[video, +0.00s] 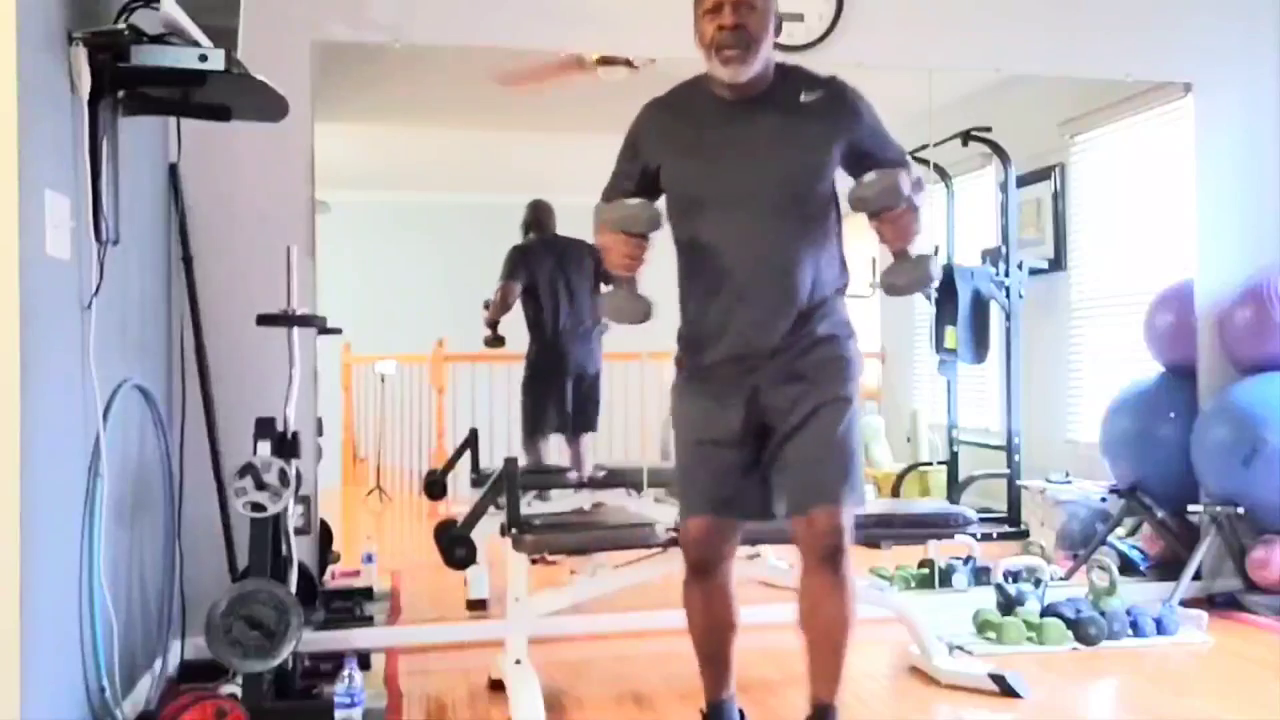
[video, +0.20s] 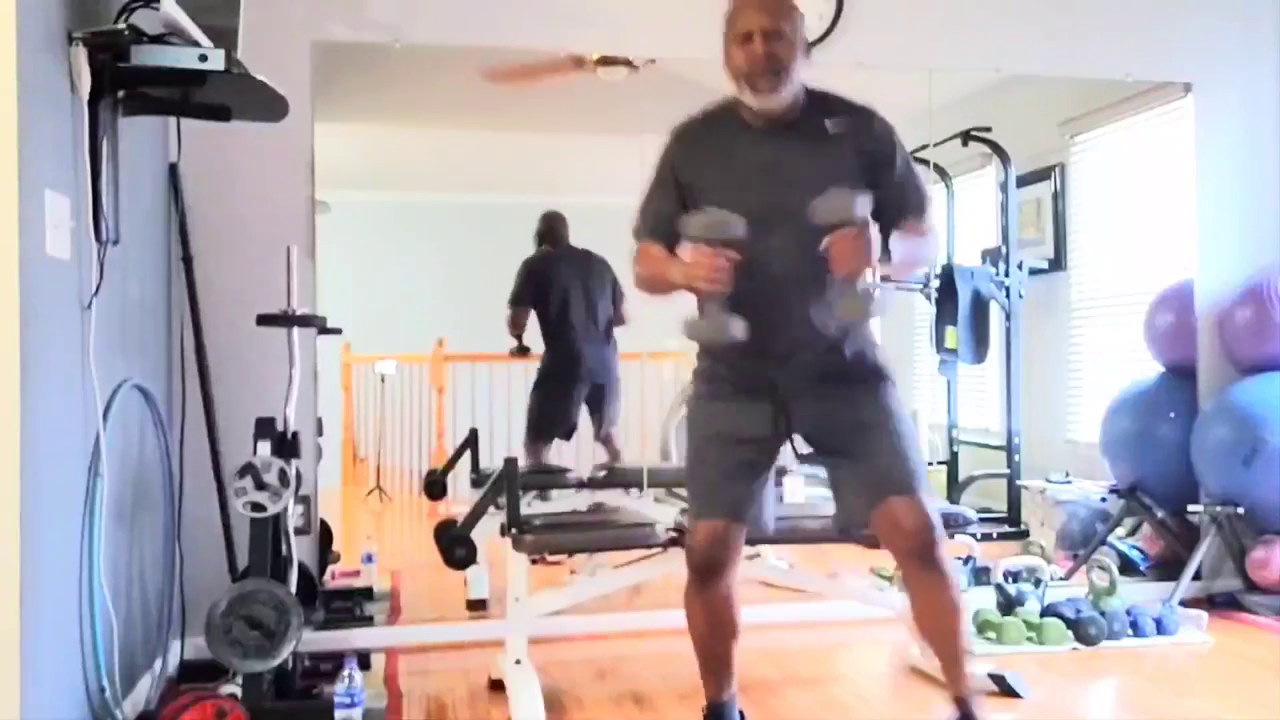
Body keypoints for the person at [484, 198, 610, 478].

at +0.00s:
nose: (528, 229)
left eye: (526, 225)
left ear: (527, 225)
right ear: (554, 223)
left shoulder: (523, 253)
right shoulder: (584, 249)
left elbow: (508, 297)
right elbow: (618, 279)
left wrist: (492, 316)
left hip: (548, 355)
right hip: (587, 355)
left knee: (533, 433)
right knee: (577, 432)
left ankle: (540, 493)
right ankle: (580, 493)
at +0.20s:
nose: (537, 239)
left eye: (538, 235)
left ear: (540, 236)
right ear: (567, 234)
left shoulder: (535, 265)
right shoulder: (598, 263)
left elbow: (518, 321)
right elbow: (620, 316)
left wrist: (520, 342)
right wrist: (590, 321)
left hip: (563, 365)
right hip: (603, 364)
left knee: (536, 443)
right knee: (607, 432)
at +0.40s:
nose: (561, 277)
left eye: (563, 273)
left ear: (564, 274)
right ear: (590, 274)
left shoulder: (561, 304)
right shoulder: (614, 301)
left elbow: (548, 354)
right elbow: (627, 344)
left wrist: (541, 371)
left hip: (584, 397)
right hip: (625, 396)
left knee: (529, 453)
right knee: (624, 457)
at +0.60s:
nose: (574, 258)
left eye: (575, 254)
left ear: (579, 255)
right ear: (605, 254)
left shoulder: (586, 280)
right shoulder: (636, 282)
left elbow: (573, 334)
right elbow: (660, 331)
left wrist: (550, 344)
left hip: (609, 374)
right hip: (647, 375)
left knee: (559, 443)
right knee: (633, 442)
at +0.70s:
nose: (578, 246)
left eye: (578, 241)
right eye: (579, 242)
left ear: (583, 240)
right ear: (608, 238)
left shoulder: (592, 261)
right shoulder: (644, 263)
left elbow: (592, 304)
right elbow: (673, 308)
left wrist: (560, 329)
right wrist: (641, 320)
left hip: (614, 360)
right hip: (652, 361)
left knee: (572, 432)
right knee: (640, 437)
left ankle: (578, 503)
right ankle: (659, 507)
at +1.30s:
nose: (581, 256)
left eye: (582, 251)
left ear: (587, 253)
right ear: (614, 252)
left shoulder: (586, 280)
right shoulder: (645, 280)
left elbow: (571, 337)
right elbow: (663, 333)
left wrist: (560, 340)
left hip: (613, 375)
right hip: (653, 376)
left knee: (556, 441)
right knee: (646, 446)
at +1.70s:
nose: (542, 248)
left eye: (543, 244)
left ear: (546, 244)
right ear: (572, 242)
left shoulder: (541, 273)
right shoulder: (603, 270)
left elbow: (529, 326)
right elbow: (624, 321)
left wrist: (520, 337)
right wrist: (593, 326)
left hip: (564, 368)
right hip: (605, 367)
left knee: (533, 443)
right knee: (618, 440)